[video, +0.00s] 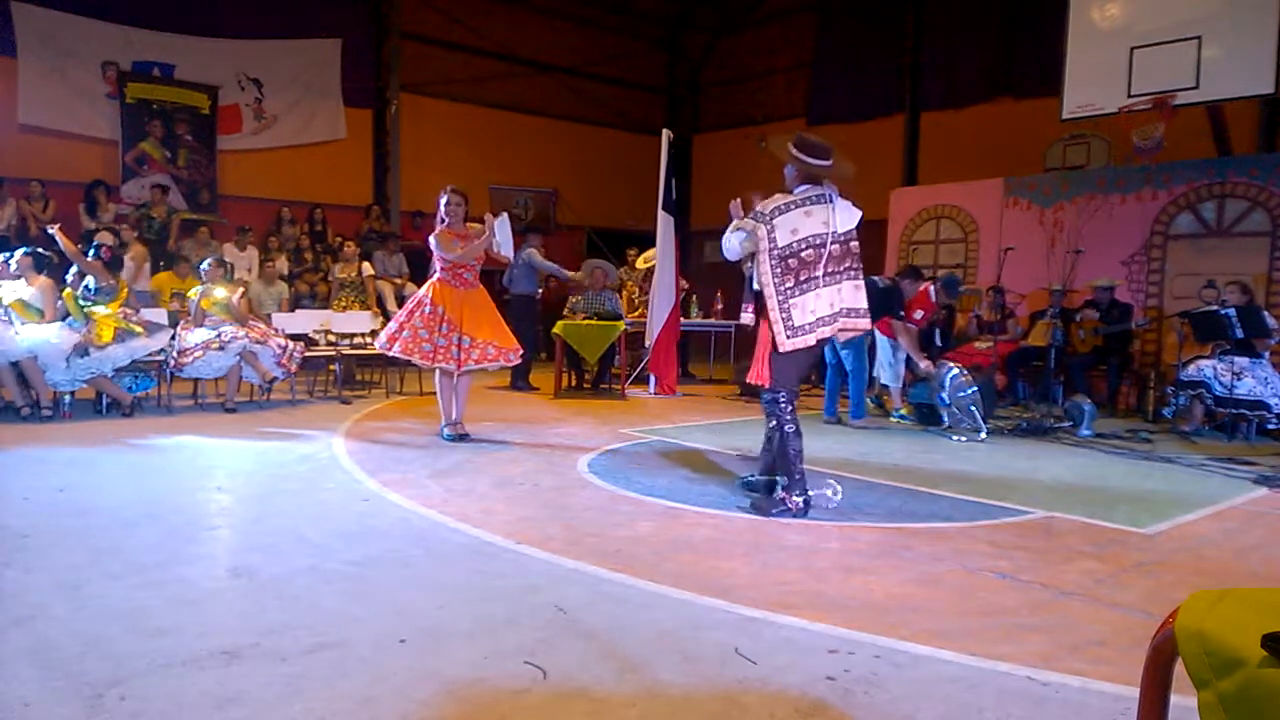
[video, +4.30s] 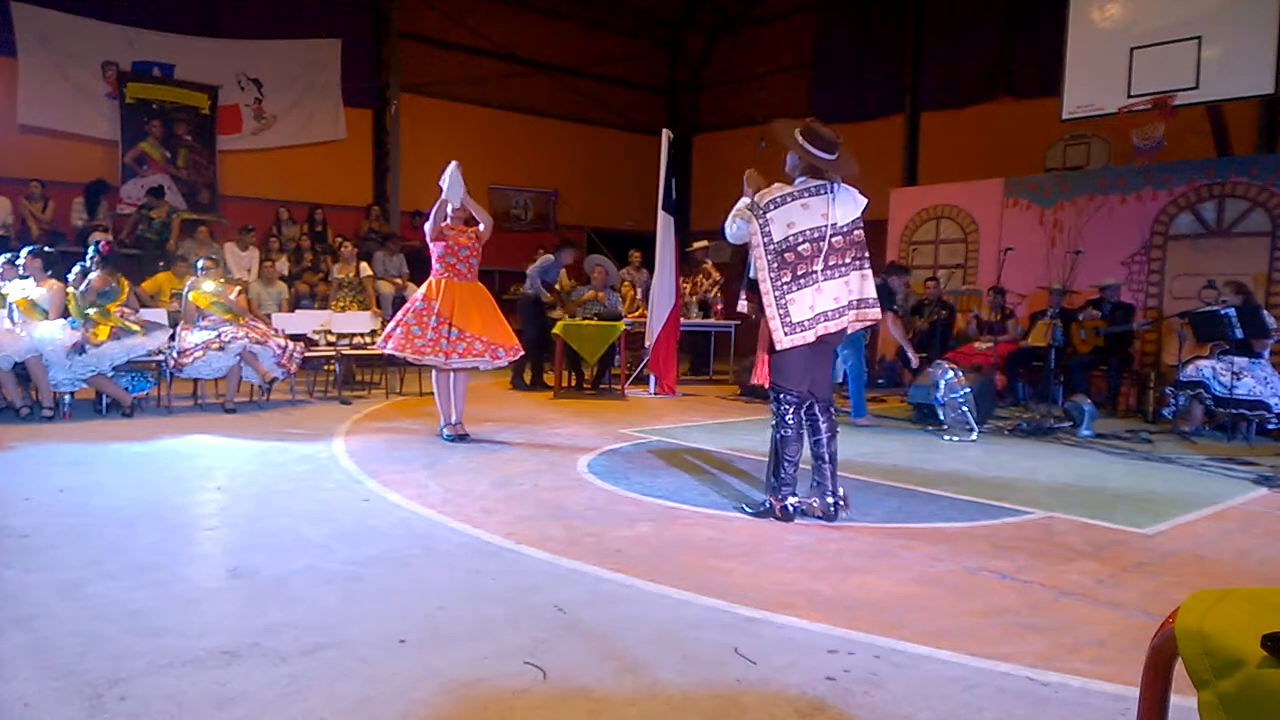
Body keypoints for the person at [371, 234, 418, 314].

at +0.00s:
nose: (396, 244)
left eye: (397, 242)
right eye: (393, 242)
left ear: (398, 243)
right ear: (386, 243)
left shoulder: (400, 255)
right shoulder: (378, 255)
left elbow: (405, 272)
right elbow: (379, 274)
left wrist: (402, 283)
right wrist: (393, 282)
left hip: (398, 278)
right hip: (384, 278)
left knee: (412, 289)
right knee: (387, 289)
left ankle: (413, 313)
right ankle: (394, 314)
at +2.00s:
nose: (397, 245)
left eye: (398, 243)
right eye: (394, 242)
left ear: (399, 244)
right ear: (387, 243)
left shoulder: (400, 256)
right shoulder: (379, 254)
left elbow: (405, 272)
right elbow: (380, 273)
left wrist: (404, 282)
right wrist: (395, 283)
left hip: (398, 278)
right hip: (383, 278)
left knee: (414, 291)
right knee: (387, 291)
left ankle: (417, 317)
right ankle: (387, 318)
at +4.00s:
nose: (397, 245)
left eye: (398, 243)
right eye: (394, 242)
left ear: (399, 244)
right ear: (387, 243)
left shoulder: (400, 256)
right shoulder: (379, 254)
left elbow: (405, 272)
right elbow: (380, 273)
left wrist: (404, 282)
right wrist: (395, 283)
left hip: (397, 278)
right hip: (383, 278)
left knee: (413, 290)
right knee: (387, 291)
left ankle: (416, 316)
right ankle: (387, 318)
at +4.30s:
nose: (396, 246)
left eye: (398, 243)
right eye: (394, 243)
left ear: (400, 244)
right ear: (387, 244)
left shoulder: (400, 256)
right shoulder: (379, 255)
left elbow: (405, 272)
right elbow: (380, 274)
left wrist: (404, 282)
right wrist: (394, 283)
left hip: (398, 278)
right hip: (384, 278)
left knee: (413, 291)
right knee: (387, 292)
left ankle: (417, 316)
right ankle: (387, 317)